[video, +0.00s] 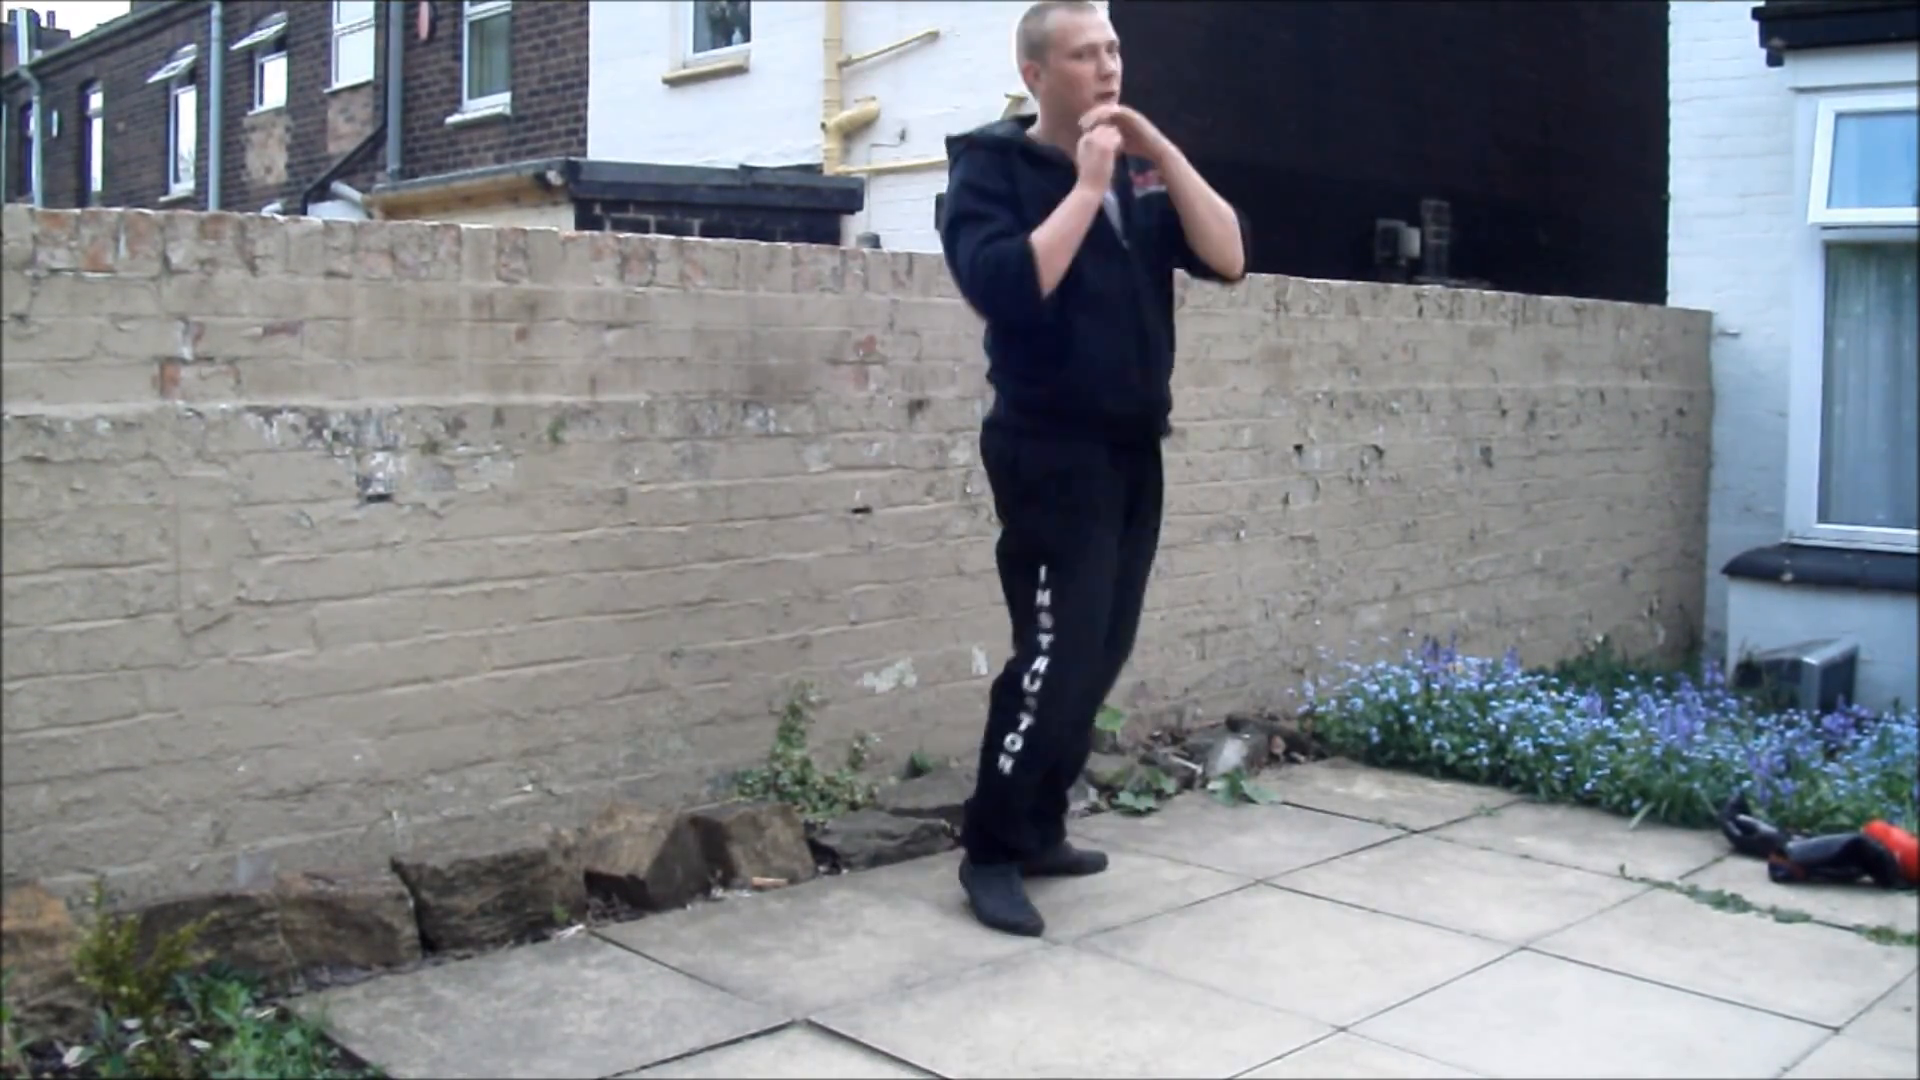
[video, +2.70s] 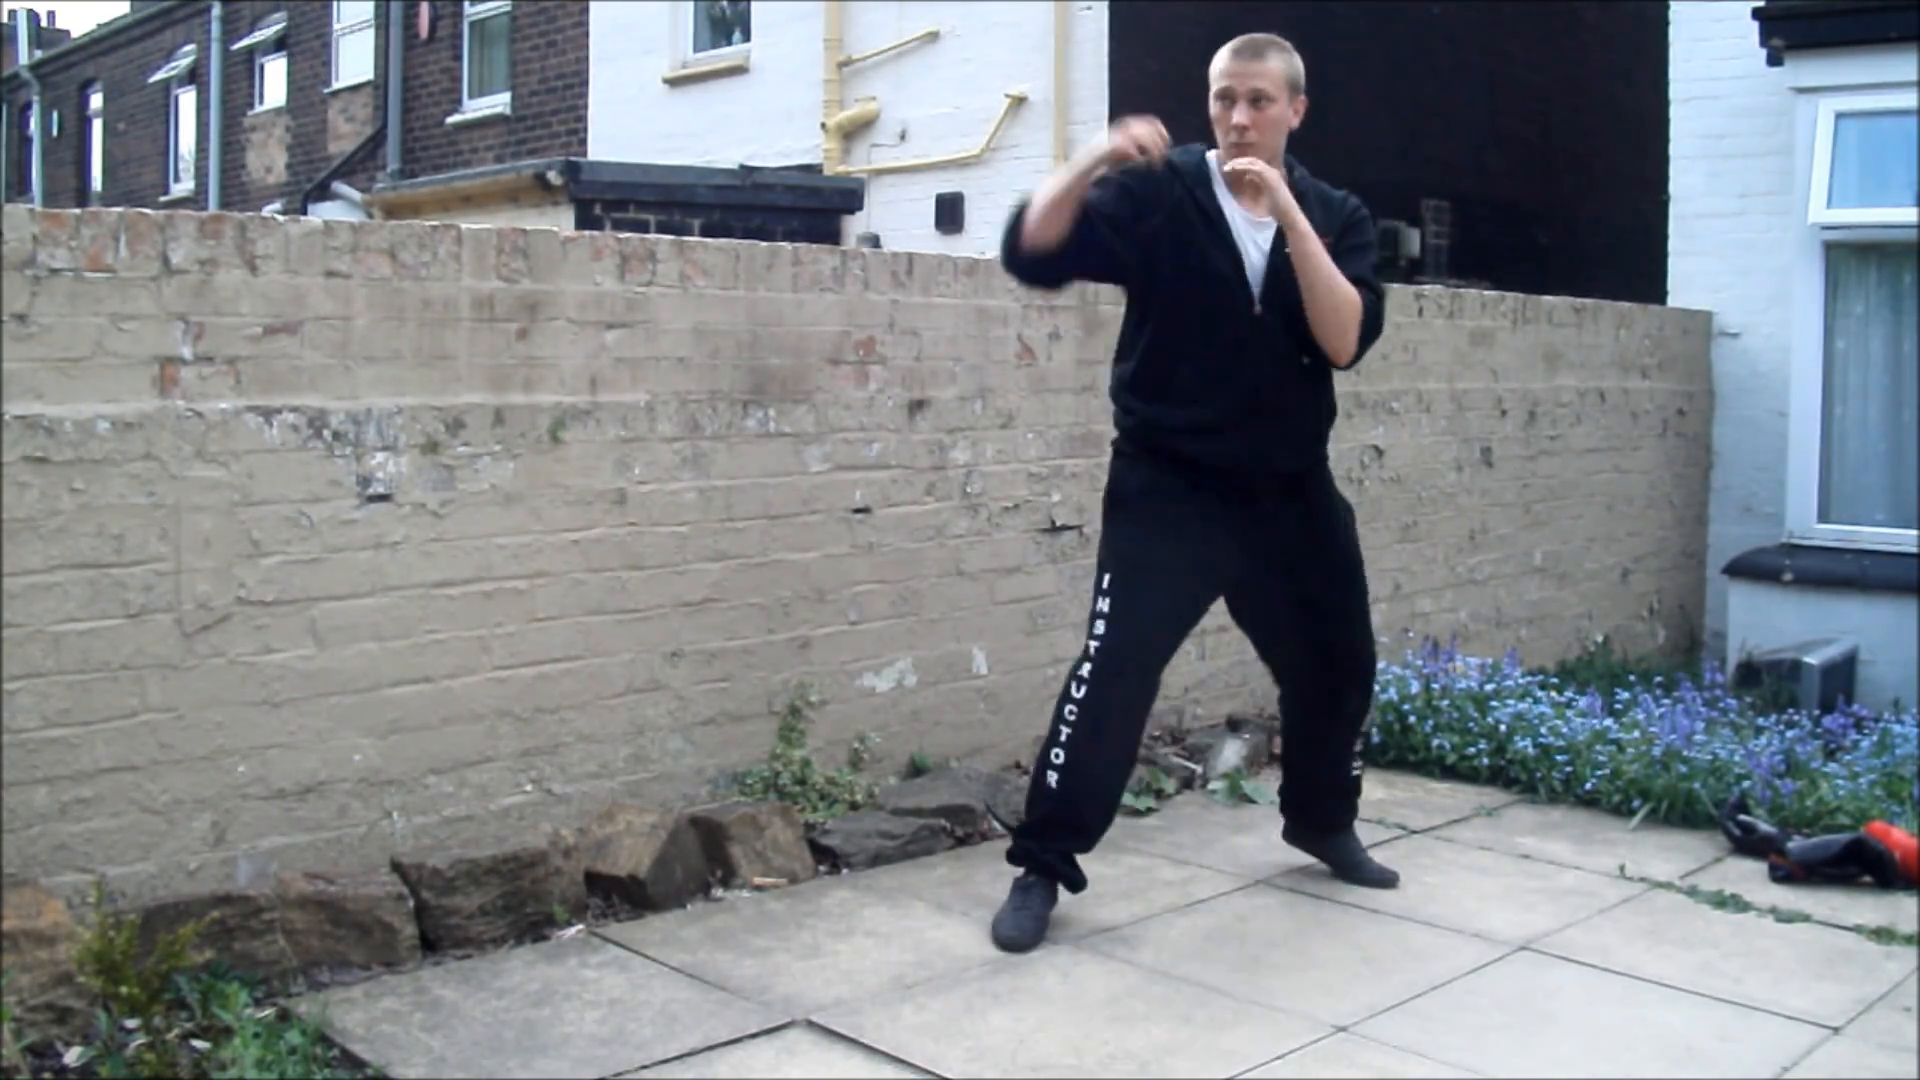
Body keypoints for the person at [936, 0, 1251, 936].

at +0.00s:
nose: (1108, 70)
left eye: (1113, 53)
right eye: (1086, 55)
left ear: (1122, 68)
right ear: (1034, 74)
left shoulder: (1137, 173)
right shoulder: (991, 166)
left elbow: (1227, 260)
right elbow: (1005, 287)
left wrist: (1165, 156)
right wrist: (1089, 186)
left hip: (1130, 445)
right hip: (1044, 444)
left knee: (1098, 653)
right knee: (1057, 652)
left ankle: (1035, 834)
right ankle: (991, 856)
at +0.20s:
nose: (1091, 67)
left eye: (1102, 48)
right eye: (1068, 54)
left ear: (1122, 58)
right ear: (1035, 71)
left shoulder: (1181, 157)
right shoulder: (997, 179)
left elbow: (1221, 308)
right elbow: (976, 335)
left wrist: (1155, 221)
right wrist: (1035, 272)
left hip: (1170, 457)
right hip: (1057, 462)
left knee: (1199, 630)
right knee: (1030, 668)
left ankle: (1114, 793)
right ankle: (996, 857)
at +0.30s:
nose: (1109, 76)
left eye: (1123, 59)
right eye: (1090, 61)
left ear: (1148, 66)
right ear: (1060, 72)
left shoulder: (1203, 145)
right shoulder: (1019, 161)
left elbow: (1256, 285)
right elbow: (992, 321)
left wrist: (1177, 185)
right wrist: (1047, 261)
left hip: (1194, 446)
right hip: (1076, 451)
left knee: (1223, 636)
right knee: (1055, 651)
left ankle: (1229, 804)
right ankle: (1009, 856)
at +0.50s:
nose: (1186, 152)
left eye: (1204, 136)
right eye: (1171, 135)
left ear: (1233, 140)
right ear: (1144, 135)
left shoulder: (1275, 220)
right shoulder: (1098, 228)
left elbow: (1274, 341)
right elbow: (1061, 385)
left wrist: (1224, 228)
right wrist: (1089, 325)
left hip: (1252, 496)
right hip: (1134, 497)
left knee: (1294, 665)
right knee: (1096, 673)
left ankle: (1287, 819)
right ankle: (1016, 860)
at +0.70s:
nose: (1246, 125)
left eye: (1263, 109)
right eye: (1232, 108)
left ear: (1292, 115)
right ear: (1208, 108)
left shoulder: (1336, 194)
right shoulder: (1158, 196)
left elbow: (1330, 322)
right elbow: (1125, 359)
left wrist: (1258, 221)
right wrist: (1138, 306)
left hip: (1301, 473)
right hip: (1184, 470)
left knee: (1321, 650)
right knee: (1148, 643)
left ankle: (1292, 815)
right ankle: (1087, 830)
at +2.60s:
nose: (1258, 111)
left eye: (1277, 95)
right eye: (1244, 94)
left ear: (1314, 105)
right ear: (1224, 101)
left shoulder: (1353, 208)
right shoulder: (1173, 187)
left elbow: (1358, 330)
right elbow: (1085, 326)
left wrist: (1294, 209)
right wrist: (1137, 255)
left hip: (1292, 488)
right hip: (1174, 481)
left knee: (1319, 666)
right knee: (1130, 666)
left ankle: (1311, 835)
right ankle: (1047, 862)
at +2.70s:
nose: (1241, 116)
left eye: (1260, 100)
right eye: (1227, 98)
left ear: (1296, 110)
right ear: (1207, 104)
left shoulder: (1337, 216)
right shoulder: (1155, 193)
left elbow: (1345, 342)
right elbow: (1032, 254)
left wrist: (1287, 214)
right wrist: (1092, 161)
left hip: (1290, 491)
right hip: (1165, 486)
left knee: (1339, 663)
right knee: (1115, 666)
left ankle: (1321, 823)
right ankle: (1041, 867)